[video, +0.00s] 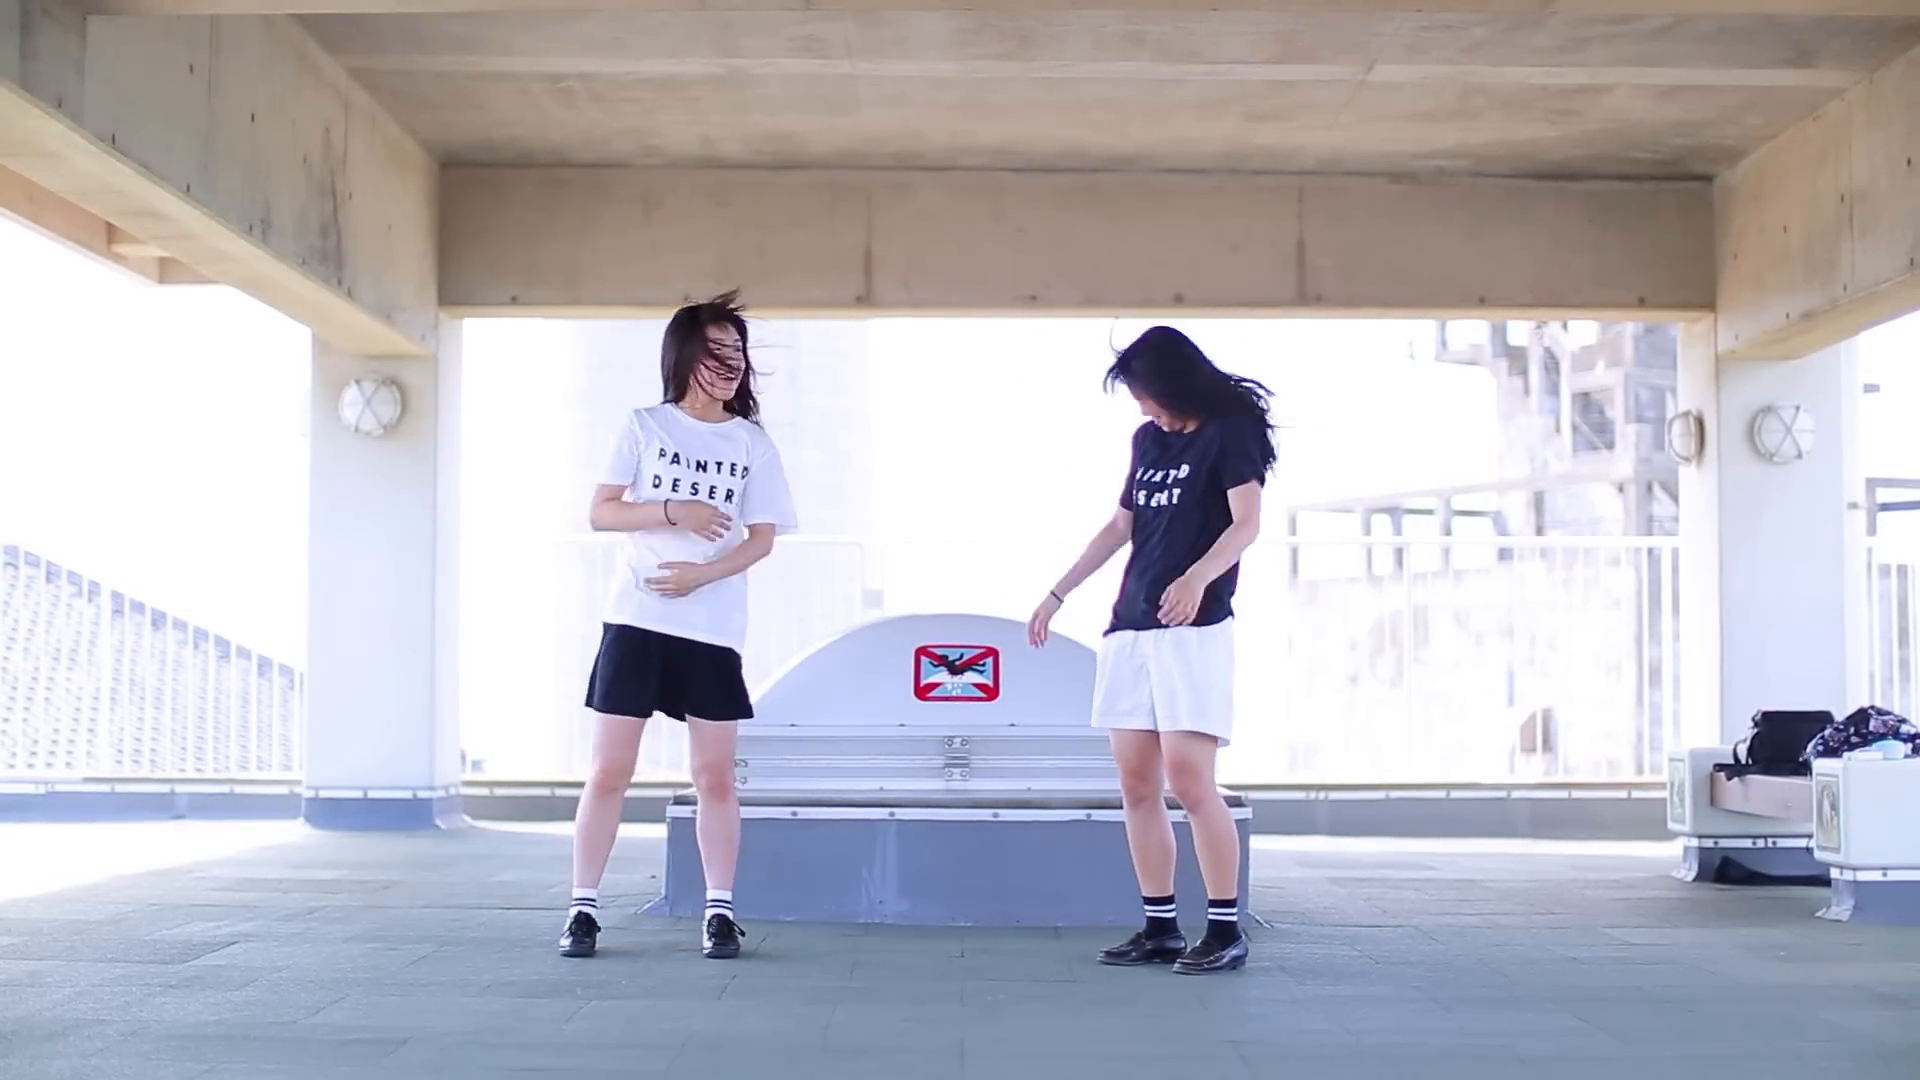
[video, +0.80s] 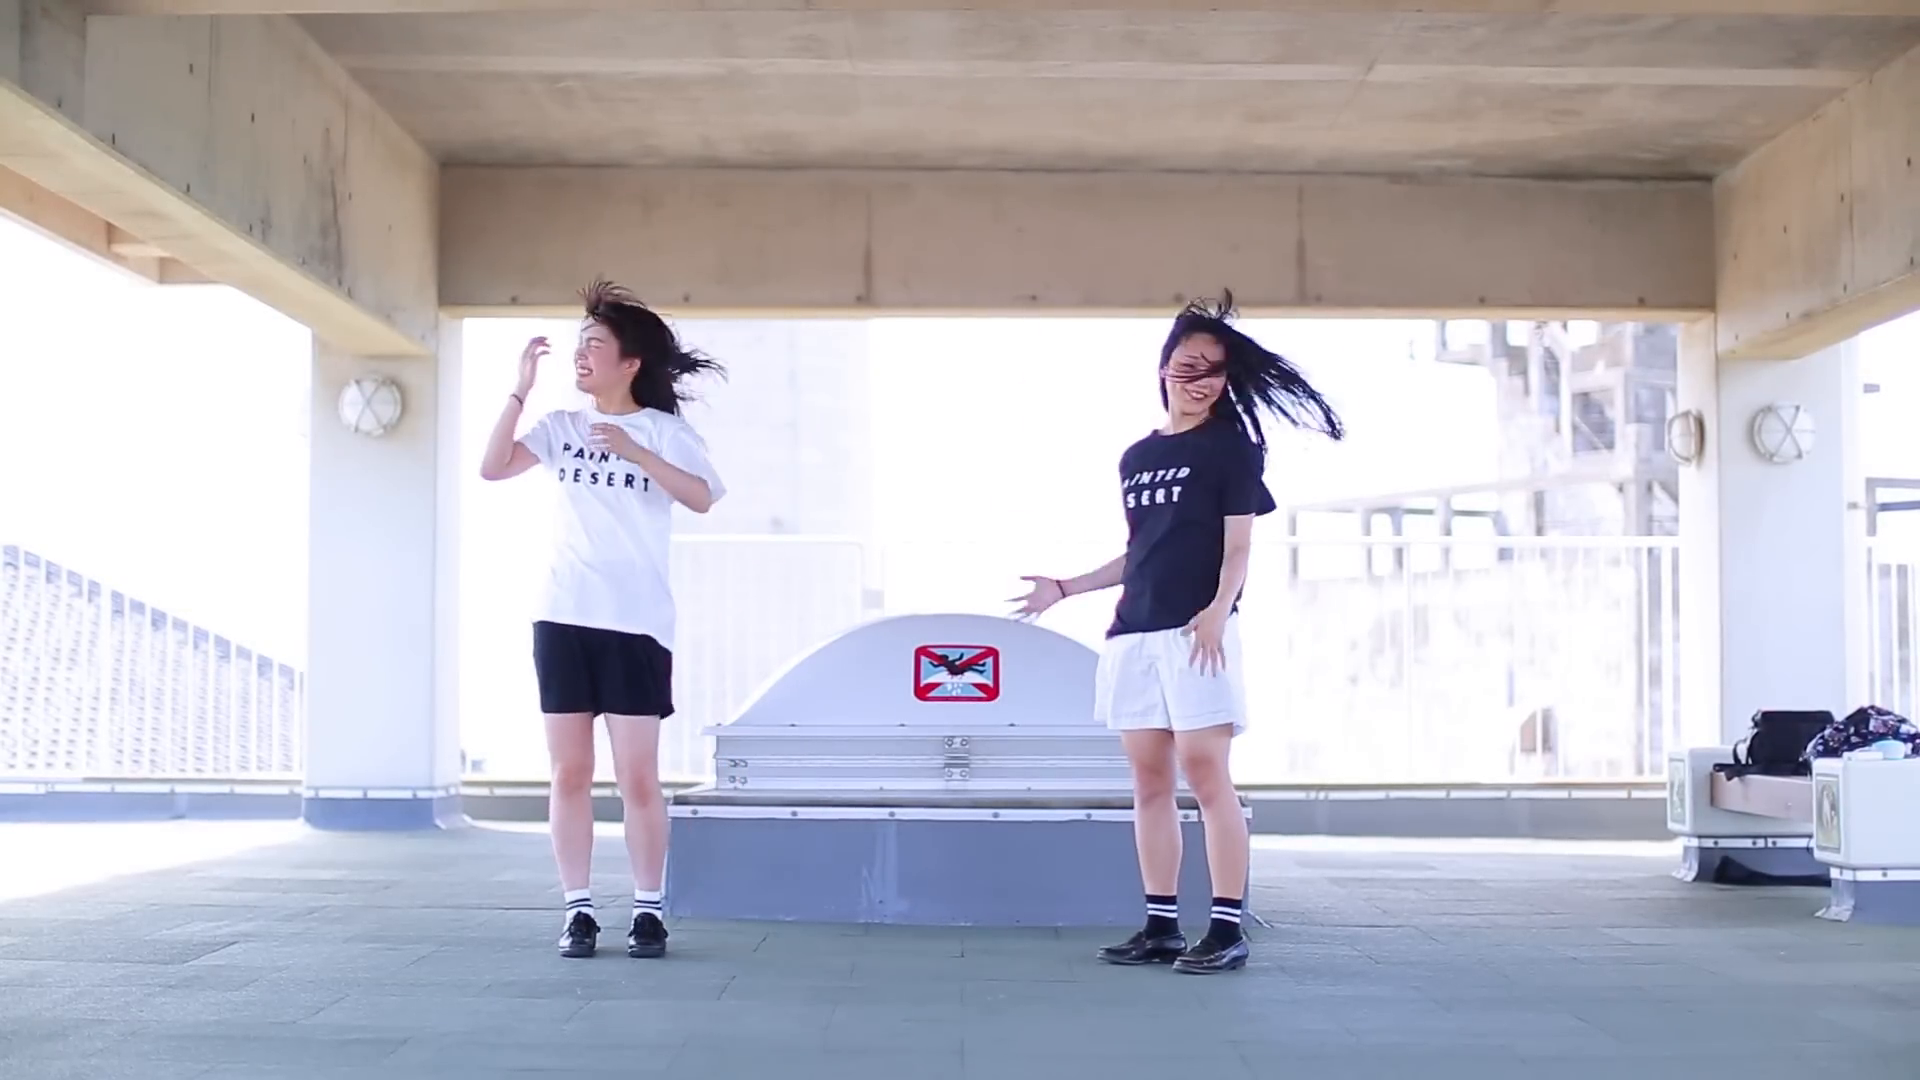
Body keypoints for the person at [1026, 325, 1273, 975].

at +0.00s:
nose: (1145, 412)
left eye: (1150, 399)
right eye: (1139, 401)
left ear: (1179, 386)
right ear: (1141, 392)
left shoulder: (1232, 428)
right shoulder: (1148, 438)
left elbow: (1247, 524)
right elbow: (1120, 526)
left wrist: (1195, 578)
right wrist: (1059, 591)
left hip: (1194, 633)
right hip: (1128, 632)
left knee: (1190, 781)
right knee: (1138, 785)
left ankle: (1226, 933)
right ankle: (1160, 929)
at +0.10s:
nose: (1142, 401)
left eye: (1146, 387)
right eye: (1137, 390)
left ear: (1175, 375)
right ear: (1152, 381)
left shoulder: (1229, 429)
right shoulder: (1157, 440)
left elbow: (1229, 516)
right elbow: (1125, 529)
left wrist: (1150, 505)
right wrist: (1042, 544)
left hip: (1196, 630)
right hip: (1135, 631)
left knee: (1196, 780)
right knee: (1140, 784)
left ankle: (1226, 933)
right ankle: (1159, 930)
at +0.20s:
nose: (1146, 404)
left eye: (1152, 391)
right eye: (1142, 395)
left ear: (1182, 377)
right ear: (1150, 391)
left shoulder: (1238, 426)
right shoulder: (1163, 445)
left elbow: (1199, 497)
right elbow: (1112, 524)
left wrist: (1137, 433)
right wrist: (1047, 488)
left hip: (1200, 631)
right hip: (1136, 632)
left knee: (1200, 781)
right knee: (1143, 785)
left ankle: (1226, 933)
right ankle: (1161, 930)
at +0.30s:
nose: (1137, 400)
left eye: (1142, 385)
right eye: (1133, 390)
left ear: (1173, 378)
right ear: (1158, 389)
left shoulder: (1235, 441)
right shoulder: (1154, 457)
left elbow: (1179, 459)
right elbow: (1090, 502)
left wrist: (1146, 388)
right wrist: (1068, 430)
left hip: (1202, 634)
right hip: (1137, 637)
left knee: (1204, 780)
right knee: (1145, 783)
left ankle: (1227, 932)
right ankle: (1160, 929)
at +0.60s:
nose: (1160, 393)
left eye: (1168, 379)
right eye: (1155, 382)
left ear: (1204, 376)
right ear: (1159, 387)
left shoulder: (1241, 440)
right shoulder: (1151, 455)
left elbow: (1218, 491)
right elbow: (1070, 480)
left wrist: (1213, 410)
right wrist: (1109, 414)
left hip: (1198, 633)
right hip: (1135, 636)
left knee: (1207, 778)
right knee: (1152, 783)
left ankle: (1227, 930)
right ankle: (1160, 928)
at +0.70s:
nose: (1169, 376)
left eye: (1184, 364)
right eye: (1162, 365)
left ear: (1216, 373)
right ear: (1157, 374)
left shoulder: (1238, 445)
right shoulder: (1145, 458)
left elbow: (1247, 543)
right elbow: (1102, 547)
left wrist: (1216, 488)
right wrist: (1079, 476)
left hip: (1199, 630)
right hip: (1134, 635)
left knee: (1207, 778)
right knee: (1153, 782)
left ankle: (1226, 932)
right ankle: (1161, 929)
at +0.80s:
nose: (1193, 374)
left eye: (1209, 365)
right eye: (1183, 362)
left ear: (1228, 377)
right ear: (1163, 370)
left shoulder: (1231, 448)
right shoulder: (1138, 456)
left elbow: (1236, 549)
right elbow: (1138, 556)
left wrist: (1218, 608)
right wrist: (1066, 586)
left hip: (1196, 629)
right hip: (1132, 635)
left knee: (1205, 774)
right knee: (1150, 779)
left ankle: (1227, 929)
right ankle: (1160, 927)